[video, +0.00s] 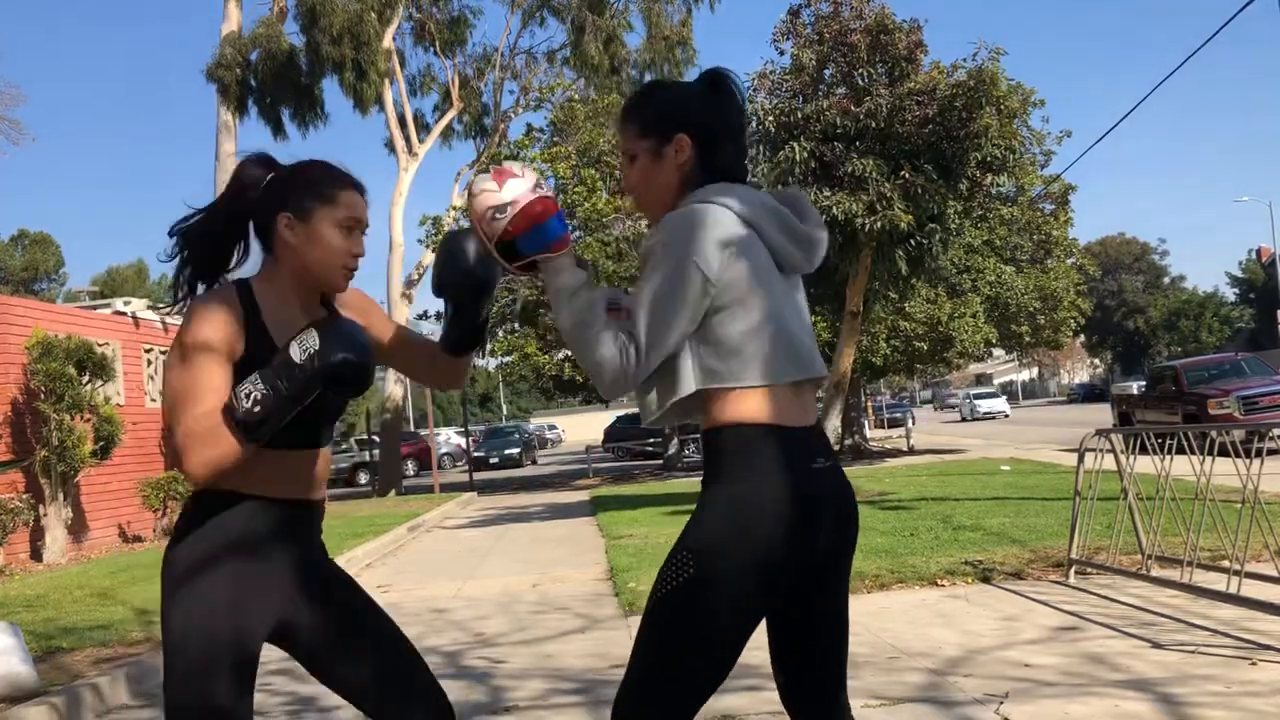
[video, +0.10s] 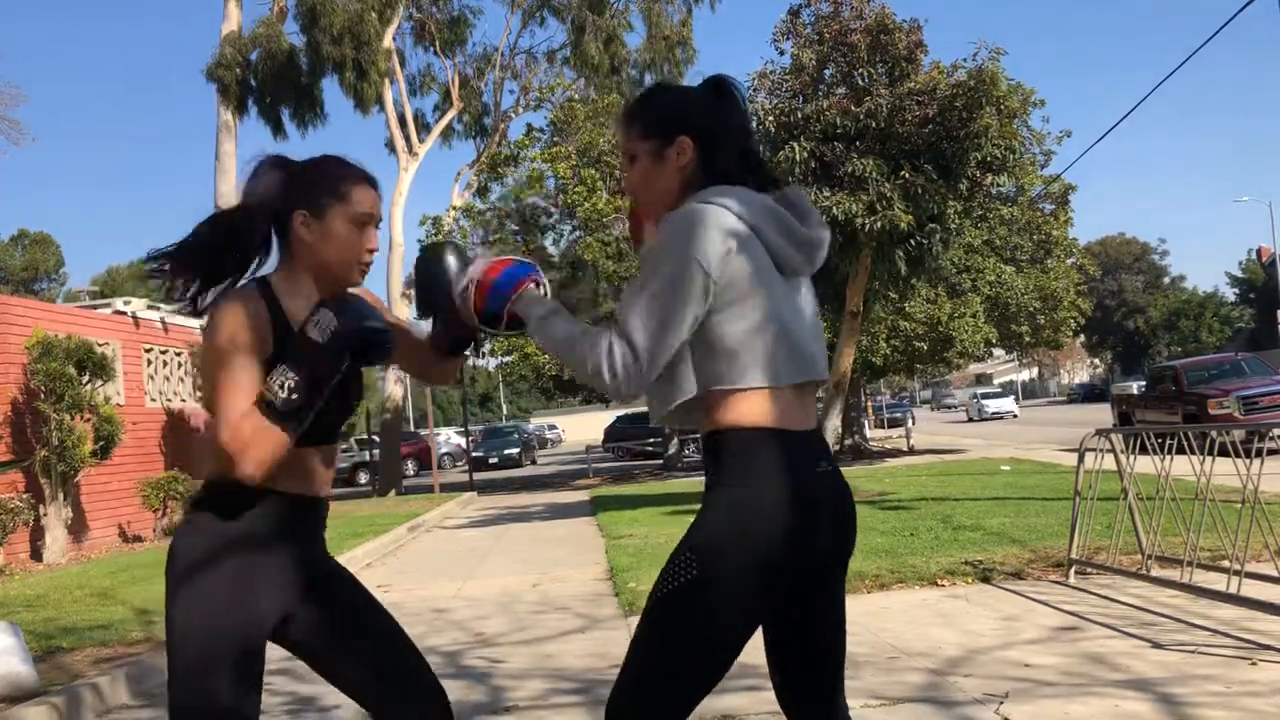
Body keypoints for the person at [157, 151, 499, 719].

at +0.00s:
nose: (362, 249)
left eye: (362, 232)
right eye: (349, 229)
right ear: (289, 229)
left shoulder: (349, 311)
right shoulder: (217, 317)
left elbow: (446, 370)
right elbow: (198, 457)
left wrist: (466, 305)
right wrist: (289, 380)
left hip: (301, 556)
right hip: (220, 557)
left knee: (425, 708)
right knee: (208, 711)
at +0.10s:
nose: (374, 244)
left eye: (375, 227)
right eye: (363, 225)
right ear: (305, 225)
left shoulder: (352, 308)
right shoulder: (239, 314)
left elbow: (440, 368)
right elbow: (244, 458)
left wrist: (458, 316)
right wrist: (312, 361)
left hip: (299, 553)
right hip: (222, 554)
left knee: (423, 706)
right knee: (213, 711)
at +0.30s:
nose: (361, 252)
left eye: (362, 236)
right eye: (347, 235)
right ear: (291, 232)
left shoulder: (284, 314)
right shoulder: (250, 289)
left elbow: (316, 443)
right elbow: (355, 367)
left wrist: (358, 383)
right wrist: (397, 328)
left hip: (265, 554)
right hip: (202, 556)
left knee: (399, 704)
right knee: (180, 711)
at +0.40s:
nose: (342, 251)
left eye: (344, 236)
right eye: (328, 234)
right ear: (268, 234)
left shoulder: (306, 322)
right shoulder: (205, 305)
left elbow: (327, 452)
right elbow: (222, 446)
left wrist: (360, 373)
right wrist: (305, 363)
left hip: (266, 558)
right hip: (179, 564)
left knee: (399, 708)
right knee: (158, 713)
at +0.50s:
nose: (298, 265)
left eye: (304, 248)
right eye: (282, 243)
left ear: (307, 251)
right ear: (222, 244)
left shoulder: (316, 327)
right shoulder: (157, 326)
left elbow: (351, 452)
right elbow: (126, 476)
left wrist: (379, 407)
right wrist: (173, 390)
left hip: (263, 570)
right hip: (163, 569)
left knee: (403, 710)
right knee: (130, 711)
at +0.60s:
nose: (318, 250)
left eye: (323, 235)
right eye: (306, 229)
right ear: (243, 226)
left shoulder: (312, 311)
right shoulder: (165, 304)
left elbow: (331, 445)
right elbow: (138, 455)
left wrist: (355, 369)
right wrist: (200, 385)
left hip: (272, 554)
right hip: (177, 555)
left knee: (401, 708)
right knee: (150, 712)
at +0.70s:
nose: (353, 241)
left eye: (356, 225)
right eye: (343, 222)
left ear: (290, 219)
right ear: (285, 215)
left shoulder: (282, 292)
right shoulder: (240, 282)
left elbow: (270, 420)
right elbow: (213, 429)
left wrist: (320, 399)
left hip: (267, 540)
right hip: (215, 546)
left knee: (393, 696)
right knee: (196, 712)